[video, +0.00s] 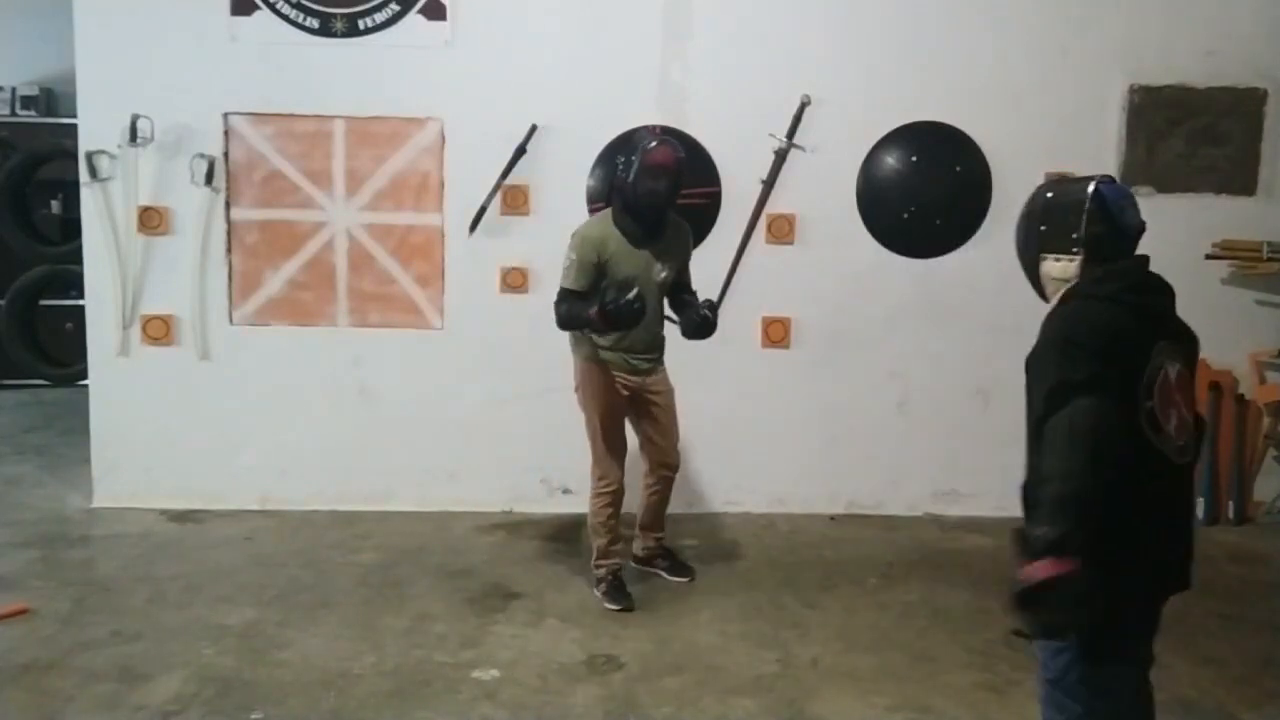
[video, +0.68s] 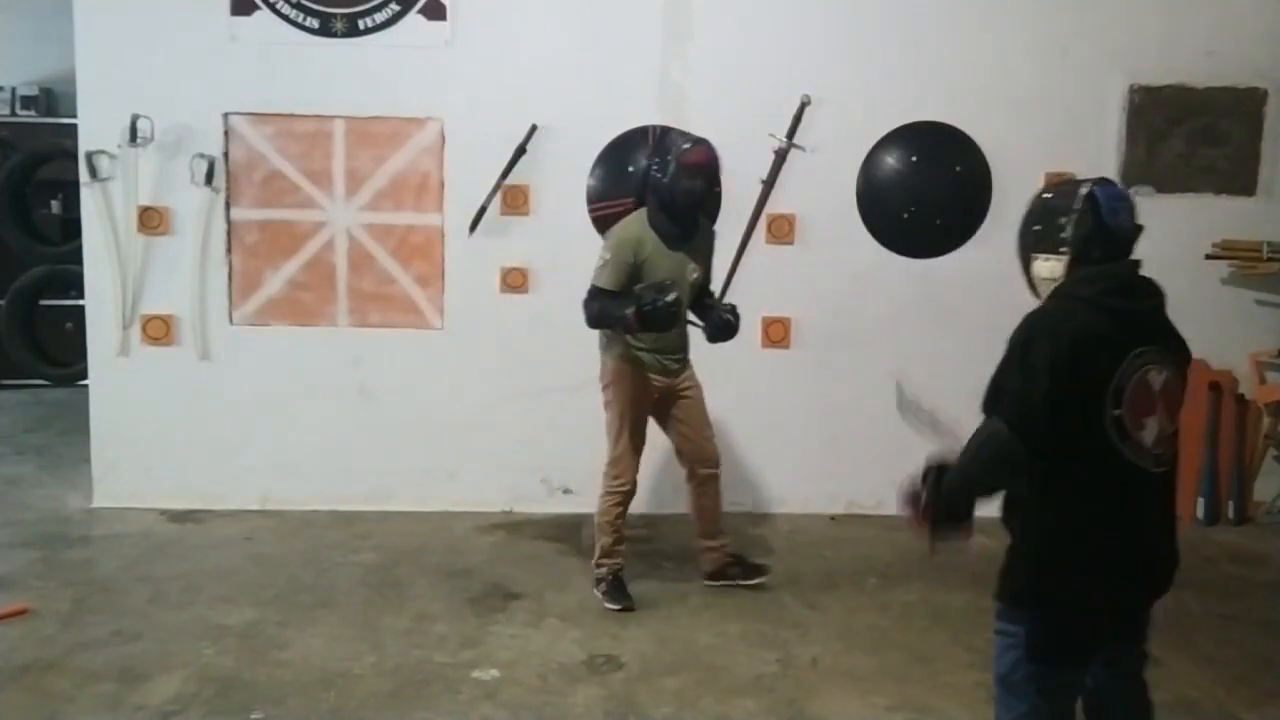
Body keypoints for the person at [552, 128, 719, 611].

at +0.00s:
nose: (658, 189)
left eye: (666, 181)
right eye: (650, 179)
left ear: (675, 187)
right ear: (627, 183)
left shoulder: (677, 234)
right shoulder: (592, 237)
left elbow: (680, 294)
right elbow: (565, 309)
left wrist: (695, 316)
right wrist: (602, 315)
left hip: (649, 367)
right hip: (599, 366)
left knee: (664, 462)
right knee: (610, 470)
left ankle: (649, 548)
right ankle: (606, 569)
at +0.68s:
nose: (698, 189)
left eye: (704, 180)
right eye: (688, 179)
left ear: (710, 186)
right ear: (663, 182)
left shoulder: (701, 236)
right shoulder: (628, 236)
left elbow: (696, 293)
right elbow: (594, 308)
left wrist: (715, 317)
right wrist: (638, 313)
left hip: (676, 367)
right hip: (628, 366)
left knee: (704, 460)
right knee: (622, 472)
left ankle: (716, 561)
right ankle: (608, 571)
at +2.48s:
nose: (827, 182)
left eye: (836, 171)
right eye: (816, 172)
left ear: (848, 178)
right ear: (794, 177)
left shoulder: (862, 240)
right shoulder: (774, 234)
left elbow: (908, 296)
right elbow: (724, 309)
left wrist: (905, 255)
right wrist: (759, 274)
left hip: (832, 378)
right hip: (783, 376)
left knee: (818, 485)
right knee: (799, 488)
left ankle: (792, 567)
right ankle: (780, 609)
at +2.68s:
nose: (840, 199)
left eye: (848, 188)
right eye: (829, 188)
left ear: (858, 193)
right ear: (804, 189)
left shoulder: (864, 248)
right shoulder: (783, 245)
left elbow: (876, 328)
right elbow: (747, 322)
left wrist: (879, 332)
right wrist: (768, 279)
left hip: (835, 376)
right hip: (787, 374)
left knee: (831, 486)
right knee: (807, 487)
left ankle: (796, 566)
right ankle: (781, 609)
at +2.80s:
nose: (851, 216)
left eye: (860, 205)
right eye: (841, 204)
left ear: (869, 209)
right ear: (816, 203)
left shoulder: (871, 257)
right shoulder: (788, 258)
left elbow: (875, 333)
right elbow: (754, 337)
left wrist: (882, 341)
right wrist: (768, 319)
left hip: (837, 383)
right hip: (789, 381)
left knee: (840, 481)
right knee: (809, 488)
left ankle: (807, 550)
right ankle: (783, 609)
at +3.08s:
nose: (865, 226)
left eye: (873, 215)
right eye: (855, 213)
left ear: (884, 219)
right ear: (832, 214)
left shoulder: (885, 260)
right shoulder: (806, 265)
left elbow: (909, 330)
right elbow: (764, 333)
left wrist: (918, 311)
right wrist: (802, 356)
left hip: (850, 381)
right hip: (804, 379)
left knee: (858, 478)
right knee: (821, 485)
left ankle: (823, 546)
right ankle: (788, 608)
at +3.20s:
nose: (865, 220)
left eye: (874, 210)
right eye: (856, 208)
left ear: (886, 213)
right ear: (836, 208)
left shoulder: (889, 254)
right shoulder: (811, 257)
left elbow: (914, 322)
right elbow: (769, 322)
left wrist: (915, 298)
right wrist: (806, 344)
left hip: (857, 378)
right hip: (812, 375)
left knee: (864, 473)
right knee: (828, 476)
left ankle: (827, 545)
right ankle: (804, 593)